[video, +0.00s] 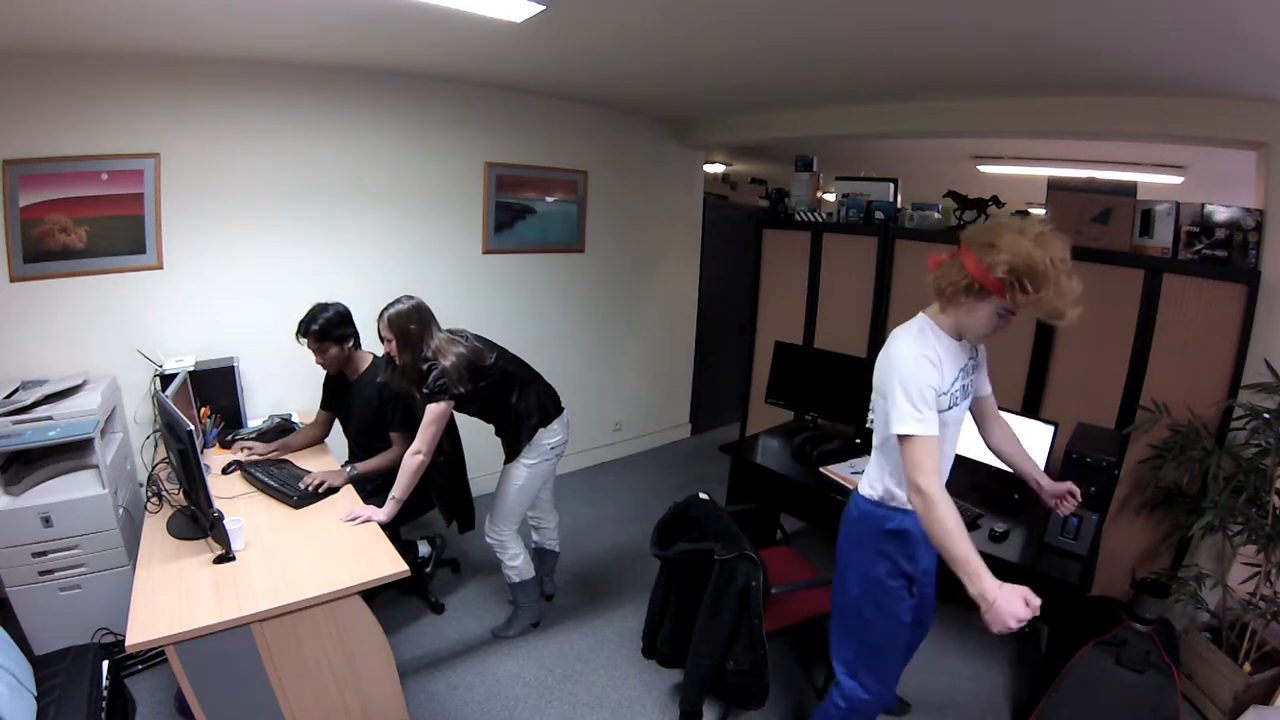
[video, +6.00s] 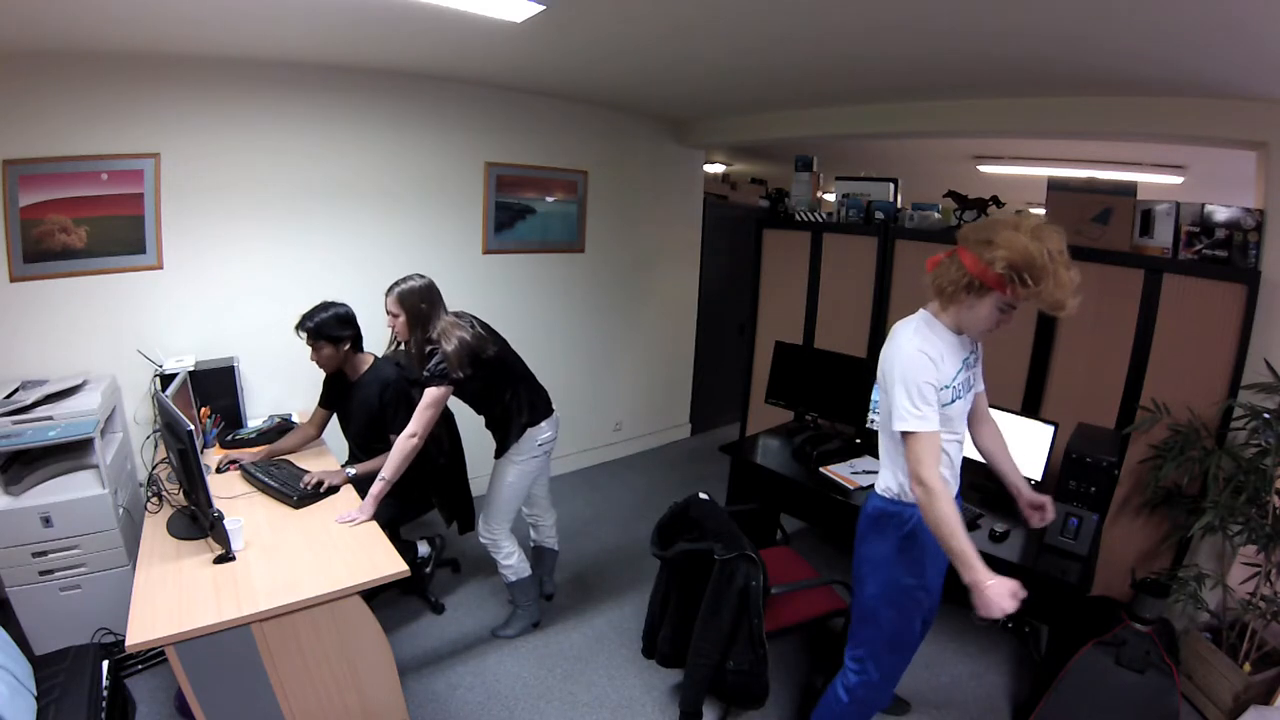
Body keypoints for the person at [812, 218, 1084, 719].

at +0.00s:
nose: (1006, 327)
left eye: (1012, 316)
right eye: (1004, 313)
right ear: (970, 289)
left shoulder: (966, 344)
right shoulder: (911, 356)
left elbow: (989, 420)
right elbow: (923, 489)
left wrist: (1040, 481)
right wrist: (987, 590)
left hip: (921, 522)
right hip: (882, 527)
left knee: (911, 623)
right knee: (865, 679)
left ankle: (876, 691)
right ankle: (845, 709)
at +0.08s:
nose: (999, 333)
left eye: (1006, 322)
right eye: (998, 319)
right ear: (964, 296)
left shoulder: (962, 348)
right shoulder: (906, 360)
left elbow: (976, 423)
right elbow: (904, 497)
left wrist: (1018, 491)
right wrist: (941, 598)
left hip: (932, 518)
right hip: (889, 529)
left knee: (910, 634)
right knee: (873, 689)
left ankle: (882, 698)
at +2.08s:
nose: (1003, 326)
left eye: (1010, 314)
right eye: (1001, 312)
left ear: (979, 295)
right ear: (971, 289)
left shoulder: (962, 338)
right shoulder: (908, 352)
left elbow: (974, 417)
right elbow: (911, 481)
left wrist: (1016, 488)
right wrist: (961, 580)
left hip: (940, 508)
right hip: (899, 520)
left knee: (910, 615)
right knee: (870, 650)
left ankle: (873, 688)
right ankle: (835, 713)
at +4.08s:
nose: (1001, 333)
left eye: (1007, 322)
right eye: (998, 319)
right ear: (968, 296)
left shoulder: (955, 341)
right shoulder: (907, 359)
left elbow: (961, 420)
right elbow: (901, 485)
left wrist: (987, 494)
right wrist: (924, 585)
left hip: (943, 507)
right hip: (907, 519)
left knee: (907, 613)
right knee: (883, 645)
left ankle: (878, 688)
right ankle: (840, 712)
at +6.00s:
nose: (1005, 324)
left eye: (1012, 312)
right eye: (1004, 310)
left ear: (983, 293)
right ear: (976, 288)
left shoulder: (963, 339)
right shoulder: (913, 351)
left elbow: (979, 419)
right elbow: (924, 481)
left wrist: (1020, 489)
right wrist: (979, 579)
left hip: (936, 513)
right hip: (899, 523)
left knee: (912, 615)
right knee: (870, 665)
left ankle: (875, 688)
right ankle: (836, 713)